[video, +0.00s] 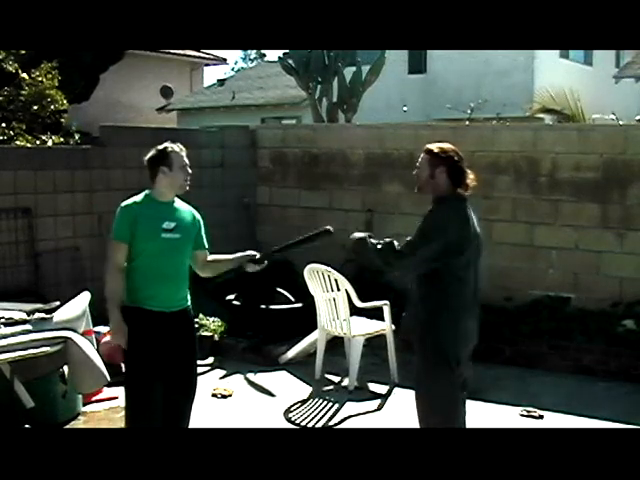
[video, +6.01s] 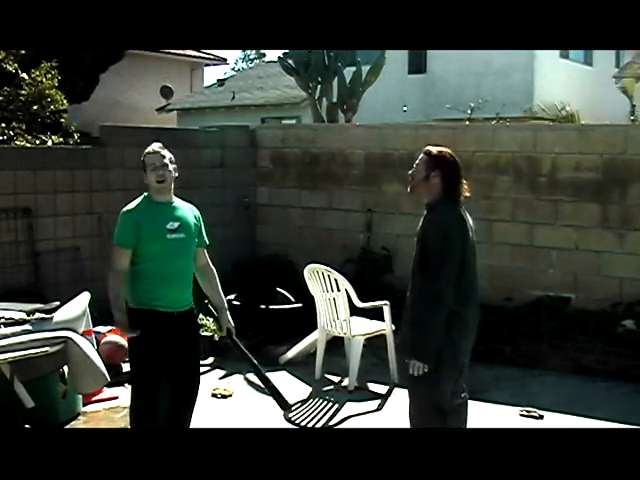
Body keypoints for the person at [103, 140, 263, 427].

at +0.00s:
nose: (190, 173)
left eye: (189, 167)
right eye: (184, 167)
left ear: (172, 172)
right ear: (163, 172)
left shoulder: (191, 216)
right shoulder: (131, 211)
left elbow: (203, 266)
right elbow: (116, 267)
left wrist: (240, 259)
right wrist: (115, 318)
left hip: (180, 320)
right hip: (142, 319)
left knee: (180, 400)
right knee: (144, 402)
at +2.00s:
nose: (204, 172)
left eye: (202, 167)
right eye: (197, 168)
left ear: (184, 174)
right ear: (178, 174)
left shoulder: (204, 219)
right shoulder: (146, 213)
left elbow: (216, 267)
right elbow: (133, 269)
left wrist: (249, 278)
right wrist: (136, 322)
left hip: (194, 320)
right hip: (159, 319)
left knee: (188, 398)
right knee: (155, 399)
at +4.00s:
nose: (196, 171)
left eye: (194, 166)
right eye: (189, 166)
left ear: (177, 173)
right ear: (169, 173)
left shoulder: (195, 219)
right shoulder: (138, 210)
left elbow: (211, 266)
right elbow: (122, 266)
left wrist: (245, 247)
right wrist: (119, 316)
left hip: (184, 319)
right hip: (148, 318)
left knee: (184, 393)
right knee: (149, 395)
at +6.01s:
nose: (161, 172)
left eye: (165, 166)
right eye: (153, 168)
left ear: (175, 170)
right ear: (145, 175)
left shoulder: (191, 213)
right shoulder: (132, 215)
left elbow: (203, 266)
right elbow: (118, 270)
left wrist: (223, 311)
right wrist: (121, 319)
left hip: (184, 318)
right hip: (146, 319)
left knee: (184, 394)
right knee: (150, 397)